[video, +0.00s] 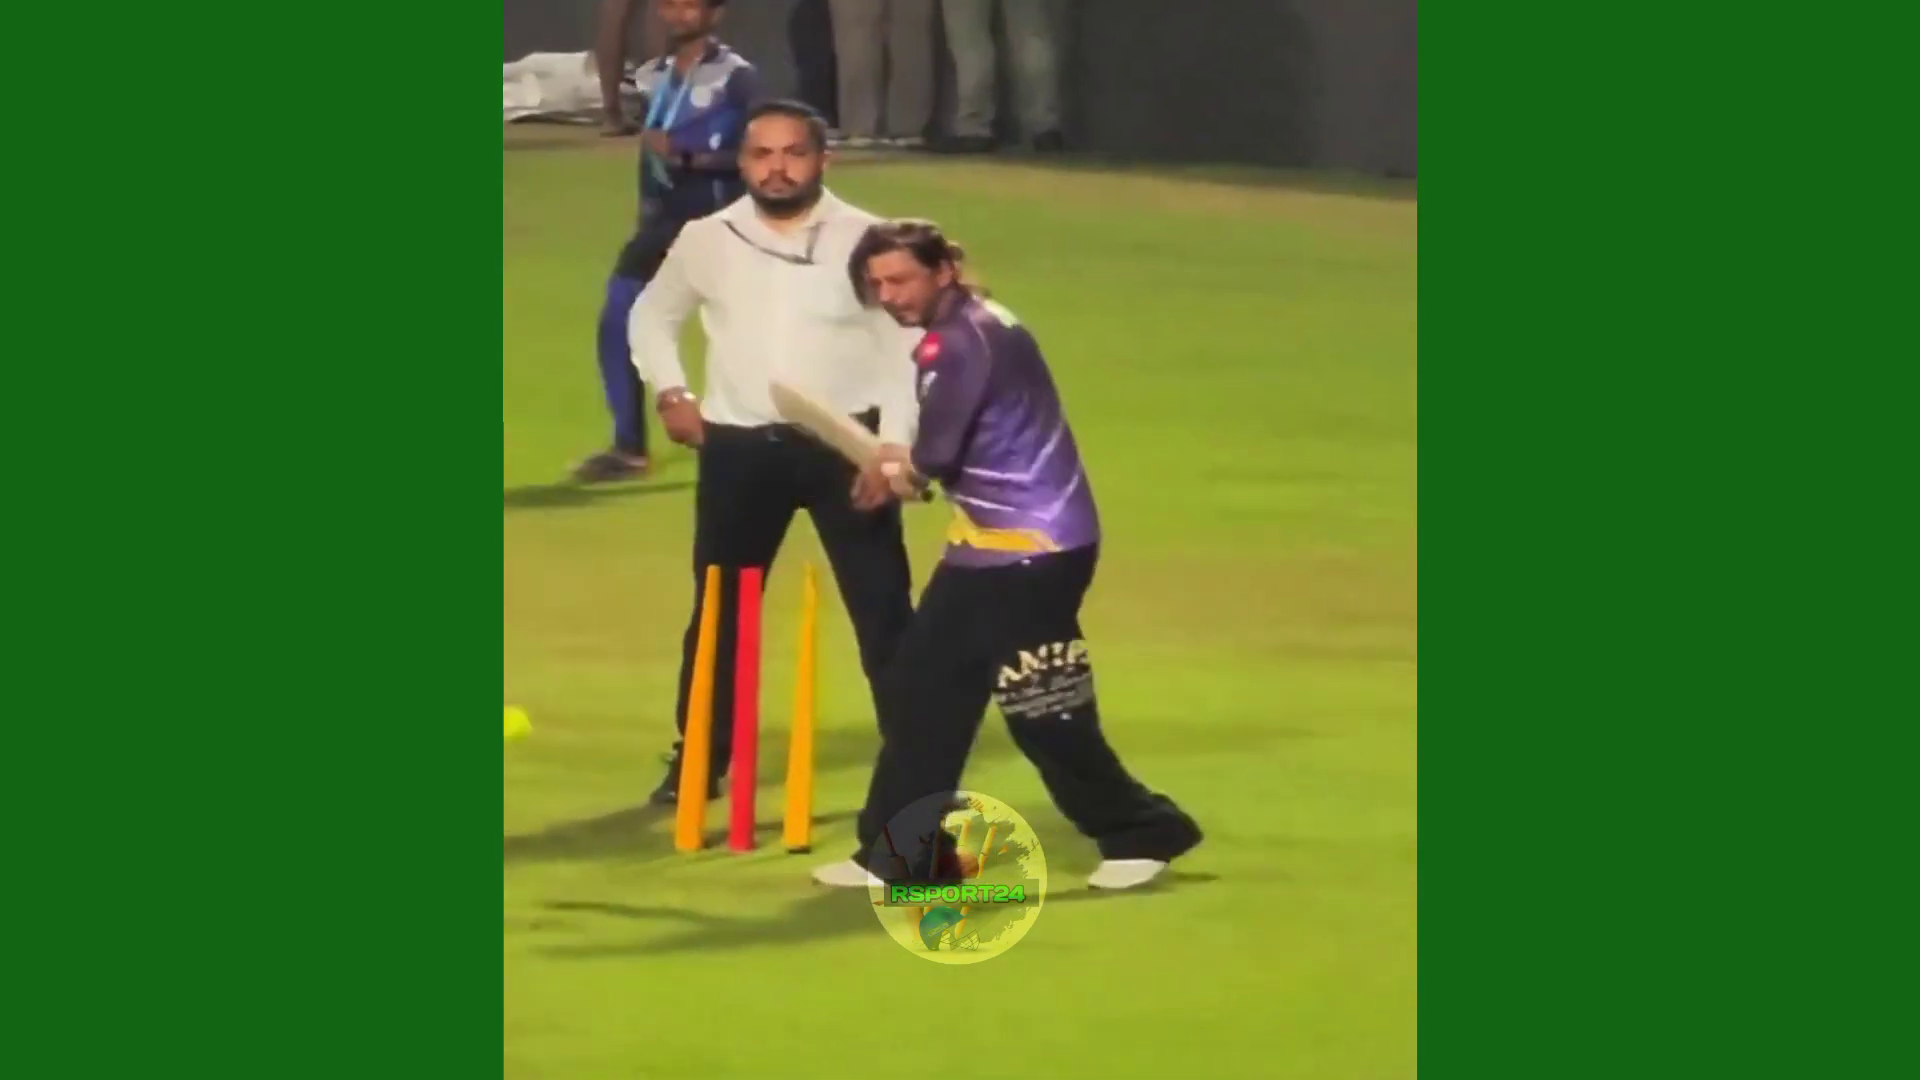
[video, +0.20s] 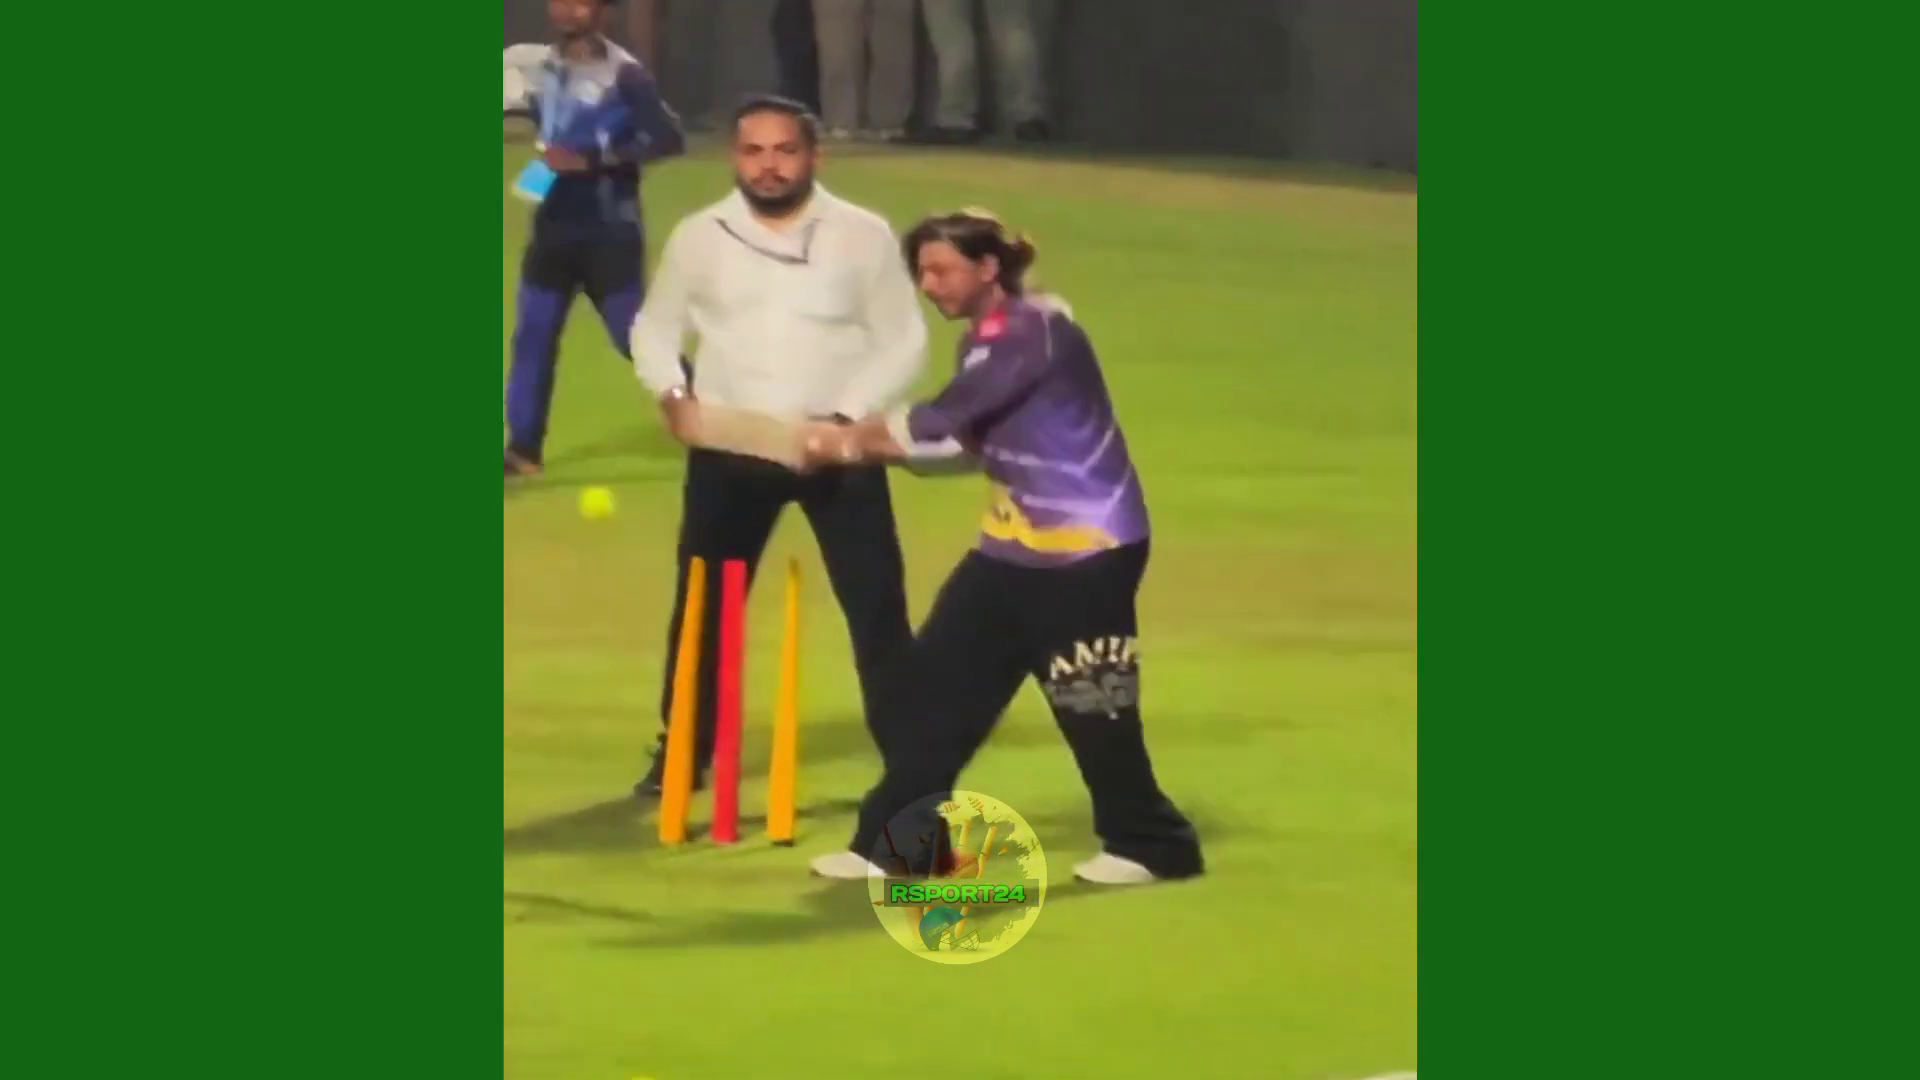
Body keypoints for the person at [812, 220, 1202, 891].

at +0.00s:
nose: (889, 298)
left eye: (900, 281)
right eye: (877, 286)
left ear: (943, 272)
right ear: (870, 290)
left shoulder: (960, 342)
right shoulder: (979, 321)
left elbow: (936, 454)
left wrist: (897, 474)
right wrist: (899, 470)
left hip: (1031, 547)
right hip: (994, 541)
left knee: (1047, 708)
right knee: (921, 688)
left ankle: (1141, 835)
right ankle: (892, 852)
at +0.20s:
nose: (929, 287)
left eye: (940, 272)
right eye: (923, 275)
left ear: (987, 266)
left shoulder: (1031, 331)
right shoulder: (988, 335)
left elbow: (951, 417)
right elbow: (972, 443)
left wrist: (859, 436)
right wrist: (873, 449)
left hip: (1088, 543)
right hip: (1016, 539)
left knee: (1094, 701)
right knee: (942, 681)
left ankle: (1149, 845)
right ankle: (889, 843)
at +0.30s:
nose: (941, 269)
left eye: (951, 253)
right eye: (935, 257)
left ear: (1000, 247)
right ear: (948, 264)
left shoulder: (1069, 295)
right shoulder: (971, 331)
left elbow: (1021, 377)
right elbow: (935, 419)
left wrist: (919, 404)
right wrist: (844, 431)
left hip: (1101, 524)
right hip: (1022, 527)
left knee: (1100, 692)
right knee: (962, 676)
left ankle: (1147, 840)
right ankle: (909, 835)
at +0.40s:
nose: (957, 246)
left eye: (969, 230)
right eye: (948, 238)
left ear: (1016, 228)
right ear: (945, 248)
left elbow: (1116, 359)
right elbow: (946, 391)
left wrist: (1045, 379)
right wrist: (983, 399)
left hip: (1098, 510)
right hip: (1008, 519)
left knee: (1109, 680)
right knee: (962, 672)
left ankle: (1136, 837)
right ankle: (917, 830)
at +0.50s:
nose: (974, 232)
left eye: (986, 216)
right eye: (961, 223)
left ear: (1025, 217)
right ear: (951, 235)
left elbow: (1147, 330)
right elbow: (1008, 345)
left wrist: (1128, 353)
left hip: (1095, 510)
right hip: (993, 518)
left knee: (1107, 673)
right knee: (941, 655)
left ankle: (1121, 826)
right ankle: (926, 816)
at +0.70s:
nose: (1004, 225)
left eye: (1017, 211)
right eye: (990, 214)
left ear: (1043, 217)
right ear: (975, 223)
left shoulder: (1071, 274)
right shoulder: (973, 288)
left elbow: (1090, 368)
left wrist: (1153, 360)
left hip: (1075, 503)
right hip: (984, 513)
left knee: (1092, 661)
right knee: (967, 665)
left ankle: (1125, 821)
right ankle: (968, 807)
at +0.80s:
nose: (1016, 223)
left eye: (1030, 211)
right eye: (1002, 210)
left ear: (1050, 218)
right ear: (977, 216)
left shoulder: (1054, 279)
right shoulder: (979, 280)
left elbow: (1105, 367)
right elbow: (1080, 341)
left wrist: (1188, 350)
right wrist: (1191, 334)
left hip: (1061, 505)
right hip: (970, 517)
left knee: (1094, 658)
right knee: (969, 666)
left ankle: (1132, 805)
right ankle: (965, 799)